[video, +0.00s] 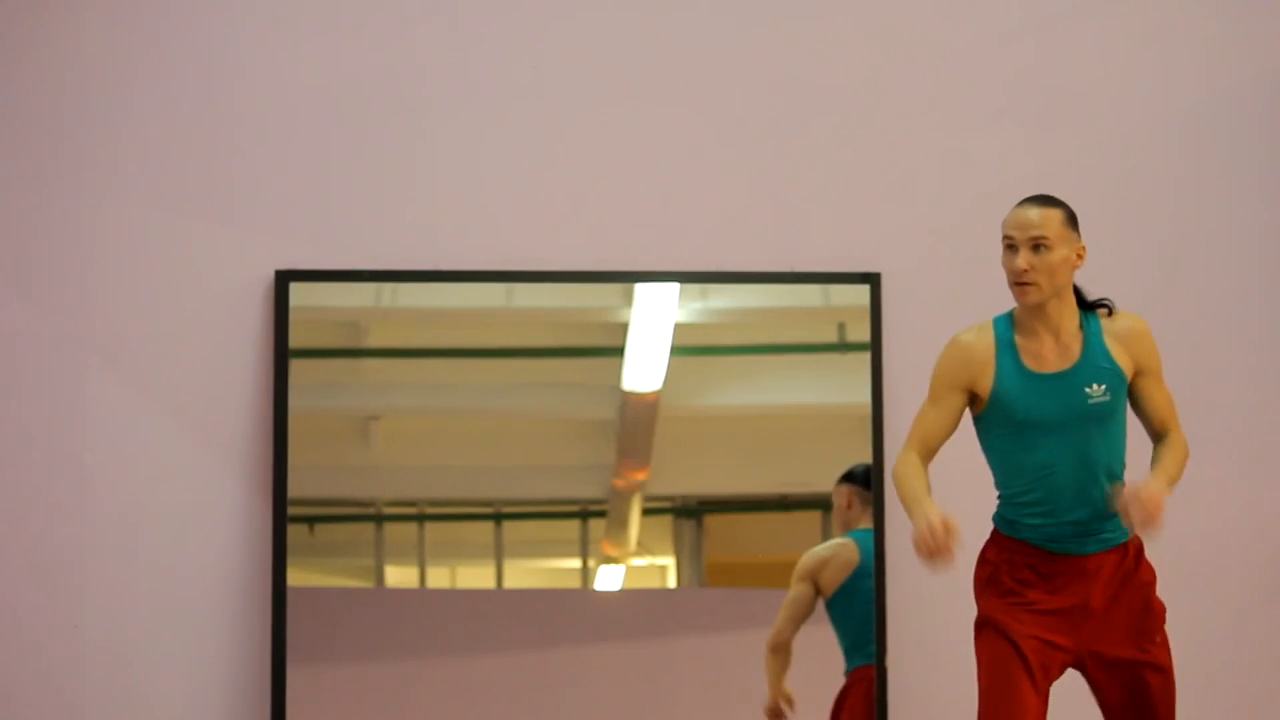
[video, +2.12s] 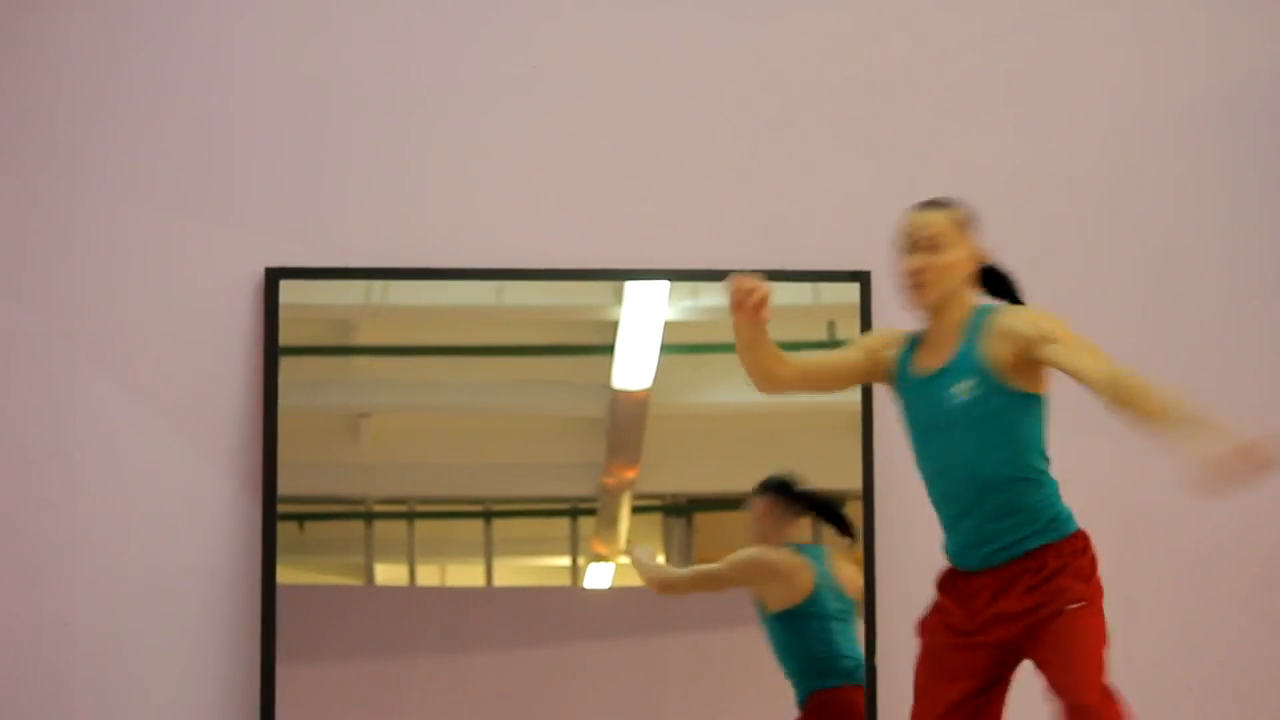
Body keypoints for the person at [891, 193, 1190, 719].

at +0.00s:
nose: (1020, 263)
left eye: (1038, 247)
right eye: (1010, 248)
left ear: (1077, 255)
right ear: (1000, 256)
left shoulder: (1125, 338)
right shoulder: (972, 352)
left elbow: (1170, 437)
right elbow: (910, 458)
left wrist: (1155, 486)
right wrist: (923, 512)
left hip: (1116, 582)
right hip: (1021, 584)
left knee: (1152, 712)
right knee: (1006, 713)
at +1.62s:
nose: (1105, 266)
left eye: (1123, 250)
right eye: (1095, 254)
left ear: (1161, 260)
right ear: (1087, 266)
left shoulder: (1203, 357)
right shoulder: (1052, 351)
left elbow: (1214, 449)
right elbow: (1001, 459)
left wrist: (1113, 399)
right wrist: (980, 558)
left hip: (1148, 596)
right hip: (1058, 589)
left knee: (1152, 712)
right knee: (1024, 712)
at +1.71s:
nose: (1090, 273)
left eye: (1108, 257)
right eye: (1082, 260)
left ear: (1149, 268)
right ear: (1074, 272)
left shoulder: (1190, 363)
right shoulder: (1037, 362)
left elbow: (1167, 456)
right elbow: (1009, 486)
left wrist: (1050, 413)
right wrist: (978, 597)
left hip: (1136, 606)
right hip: (1043, 599)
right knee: (1005, 711)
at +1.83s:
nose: (1059, 289)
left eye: (1077, 274)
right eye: (1050, 277)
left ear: (1118, 285)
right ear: (1043, 291)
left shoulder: (1143, 366)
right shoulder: (1030, 386)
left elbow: (1041, 398)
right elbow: (988, 497)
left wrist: (961, 370)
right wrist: (895, 575)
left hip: (1109, 626)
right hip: (1014, 622)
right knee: (970, 711)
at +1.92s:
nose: (1037, 290)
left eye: (1055, 275)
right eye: (1029, 278)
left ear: (1095, 285)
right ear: (1020, 288)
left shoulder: (1113, 366)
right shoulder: (1007, 394)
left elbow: (995, 381)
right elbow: (926, 484)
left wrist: (905, 326)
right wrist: (807, 495)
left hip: (1081, 620)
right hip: (985, 620)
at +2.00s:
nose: (1008, 276)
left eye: (1026, 262)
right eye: (1000, 264)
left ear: (1067, 273)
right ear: (993, 275)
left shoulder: (1093, 362)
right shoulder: (969, 364)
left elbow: (1031, 409)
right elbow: (864, 433)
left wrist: (917, 357)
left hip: (1055, 606)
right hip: (956, 611)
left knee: (1154, 715)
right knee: (928, 712)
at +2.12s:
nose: (915, 261)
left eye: (931, 245)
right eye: (907, 249)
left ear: (973, 254)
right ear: (899, 266)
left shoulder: (1012, 329)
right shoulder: (893, 352)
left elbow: (1115, 383)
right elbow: (775, 373)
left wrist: (1210, 436)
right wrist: (747, 327)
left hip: (1052, 572)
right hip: (968, 591)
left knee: (1086, 701)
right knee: (934, 713)